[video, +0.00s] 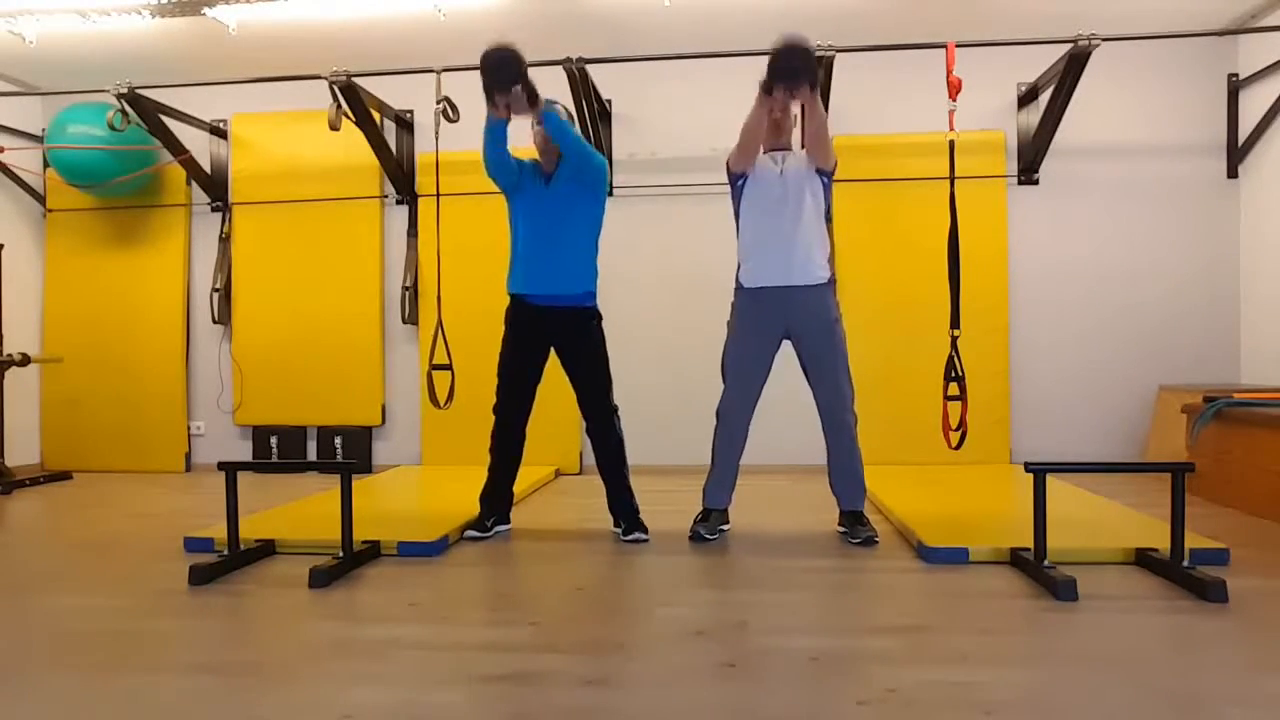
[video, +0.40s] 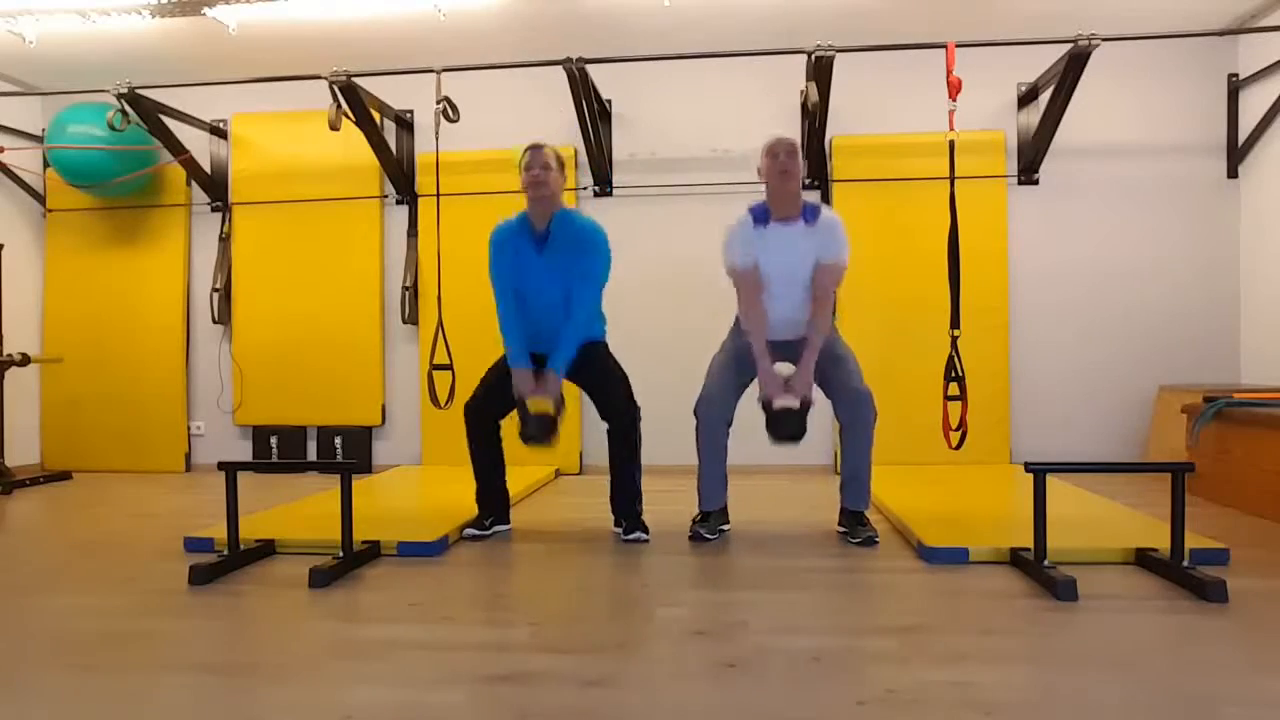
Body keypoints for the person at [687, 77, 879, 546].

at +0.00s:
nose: (780, 114)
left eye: (787, 109)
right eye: (775, 105)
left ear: (802, 114)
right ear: (761, 109)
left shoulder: (816, 161)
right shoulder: (742, 165)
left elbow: (820, 150)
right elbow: (747, 149)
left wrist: (810, 94)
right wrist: (763, 100)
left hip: (814, 299)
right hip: (756, 301)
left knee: (838, 408)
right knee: (735, 406)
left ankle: (852, 512)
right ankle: (714, 509)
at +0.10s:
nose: (778, 108)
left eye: (785, 102)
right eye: (769, 103)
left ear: (799, 115)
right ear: (756, 117)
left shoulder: (818, 159)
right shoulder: (743, 163)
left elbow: (826, 168)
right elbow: (745, 170)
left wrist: (804, 140)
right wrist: (767, 137)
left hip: (814, 305)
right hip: (755, 307)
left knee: (842, 410)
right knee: (729, 411)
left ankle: (852, 512)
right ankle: (714, 510)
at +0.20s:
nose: (779, 112)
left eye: (786, 107)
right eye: (769, 108)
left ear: (798, 122)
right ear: (757, 125)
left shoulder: (822, 169)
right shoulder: (742, 175)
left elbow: (823, 201)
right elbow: (748, 204)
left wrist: (804, 232)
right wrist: (771, 231)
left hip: (814, 316)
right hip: (755, 317)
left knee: (848, 411)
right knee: (722, 411)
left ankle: (852, 513)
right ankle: (714, 510)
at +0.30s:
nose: (780, 133)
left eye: (788, 127)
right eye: (772, 127)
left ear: (799, 141)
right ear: (758, 143)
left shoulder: (822, 193)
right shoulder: (743, 199)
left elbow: (822, 257)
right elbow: (750, 263)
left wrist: (809, 313)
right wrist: (767, 318)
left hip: (814, 322)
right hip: (755, 323)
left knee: (853, 405)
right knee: (717, 411)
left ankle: (852, 512)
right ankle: (714, 510)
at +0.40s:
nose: (785, 160)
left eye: (792, 154)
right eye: (776, 154)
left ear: (804, 171)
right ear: (761, 171)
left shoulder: (828, 226)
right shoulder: (743, 231)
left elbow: (823, 303)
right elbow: (750, 306)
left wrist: (807, 365)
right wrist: (764, 367)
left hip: (815, 337)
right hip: (753, 337)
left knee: (859, 405)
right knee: (710, 407)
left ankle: (854, 511)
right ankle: (713, 510)